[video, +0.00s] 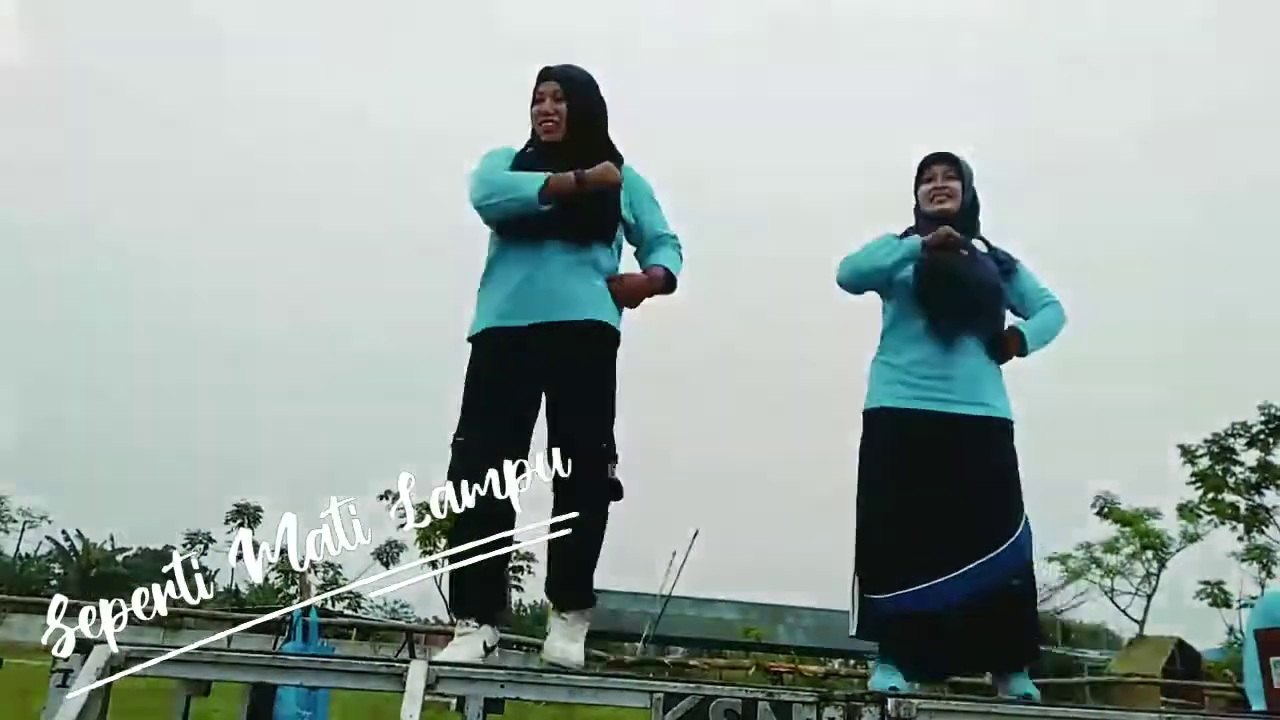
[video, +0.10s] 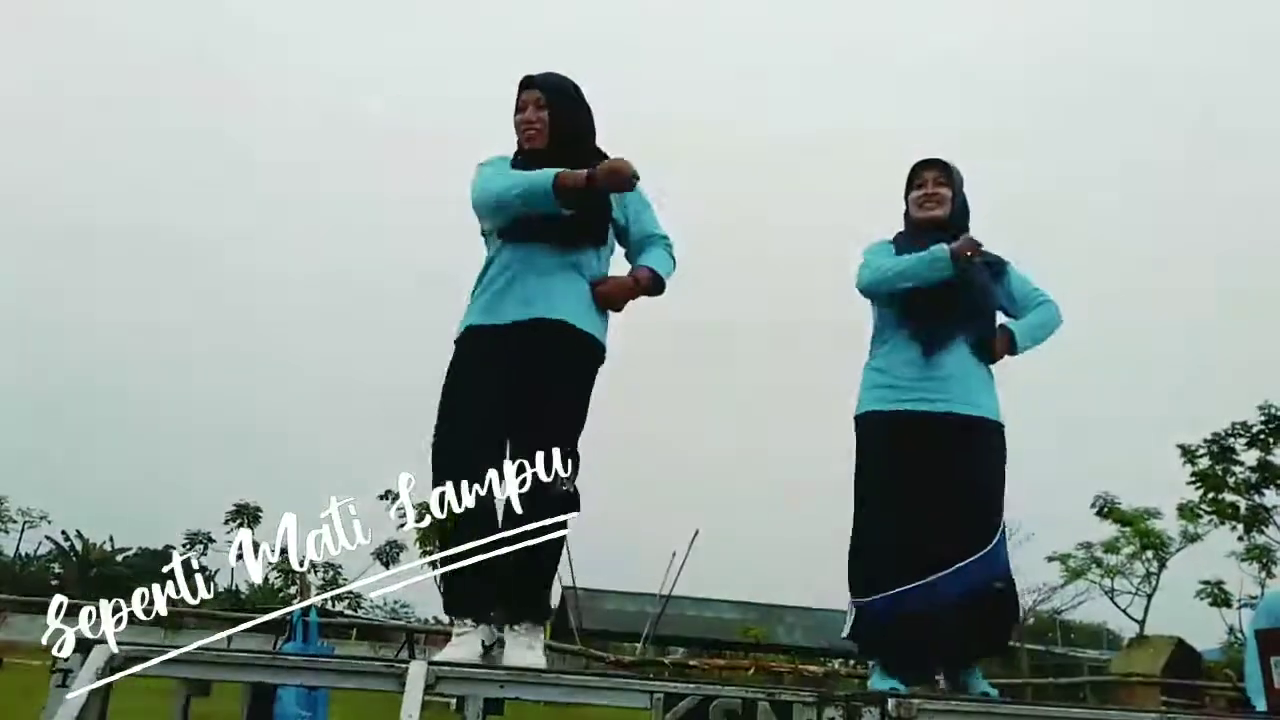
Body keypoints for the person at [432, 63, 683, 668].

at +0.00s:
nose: (546, 108)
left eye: (558, 99)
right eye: (539, 100)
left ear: (586, 108)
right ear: (529, 111)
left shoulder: (621, 177)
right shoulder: (503, 161)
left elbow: (663, 244)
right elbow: (486, 197)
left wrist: (652, 278)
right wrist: (577, 181)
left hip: (585, 325)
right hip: (503, 325)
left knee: (584, 469)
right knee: (481, 467)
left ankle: (569, 614)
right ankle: (476, 619)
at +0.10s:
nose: (526, 117)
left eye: (538, 108)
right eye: (522, 109)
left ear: (569, 115)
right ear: (515, 120)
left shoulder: (609, 181)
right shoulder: (497, 171)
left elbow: (657, 248)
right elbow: (495, 195)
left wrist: (635, 282)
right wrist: (585, 179)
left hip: (568, 321)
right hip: (491, 321)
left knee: (542, 463)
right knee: (461, 455)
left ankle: (526, 621)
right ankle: (471, 617)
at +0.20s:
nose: (519, 126)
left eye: (529, 116)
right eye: (514, 119)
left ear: (561, 119)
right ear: (511, 130)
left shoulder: (603, 186)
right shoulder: (504, 185)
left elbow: (655, 258)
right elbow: (476, 185)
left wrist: (624, 288)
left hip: (558, 333)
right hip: (477, 331)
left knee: (543, 478)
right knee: (413, 458)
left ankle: (525, 625)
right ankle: (460, 598)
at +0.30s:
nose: (524, 116)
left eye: (536, 107)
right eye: (517, 108)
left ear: (563, 114)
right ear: (509, 119)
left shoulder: (597, 183)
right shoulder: (484, 167)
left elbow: (642, 254)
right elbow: (403, 153)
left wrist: (622, 286)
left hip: (554, 326)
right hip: (470, 321)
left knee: (543, 475)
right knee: (401, 440)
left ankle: (527, 619)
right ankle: (419, 593)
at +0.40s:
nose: (515, 95)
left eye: (529, 87)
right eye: (508, 87)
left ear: (555, 98)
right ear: (498, 98)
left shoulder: (583, 172)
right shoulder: (466, 150)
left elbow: (612, 249)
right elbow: (375, 166)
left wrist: (616, 284)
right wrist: (267, 166)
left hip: (541, 324)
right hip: (457, 315)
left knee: (536, 471)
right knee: (396, 448)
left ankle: (526, 618)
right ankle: (358, 595)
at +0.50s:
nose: (509, 87)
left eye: (522, 81)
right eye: (501, 78)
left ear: (540, 98)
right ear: (484, 88)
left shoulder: (557, 172)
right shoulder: (444, 144)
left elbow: (571, 260)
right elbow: (377, 192)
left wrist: (600, 298)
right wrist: (301, 228)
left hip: (524, 328)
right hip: (438, 321)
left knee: (527, 473)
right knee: (383, 460)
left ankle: (525, 620)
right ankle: (340, 609)